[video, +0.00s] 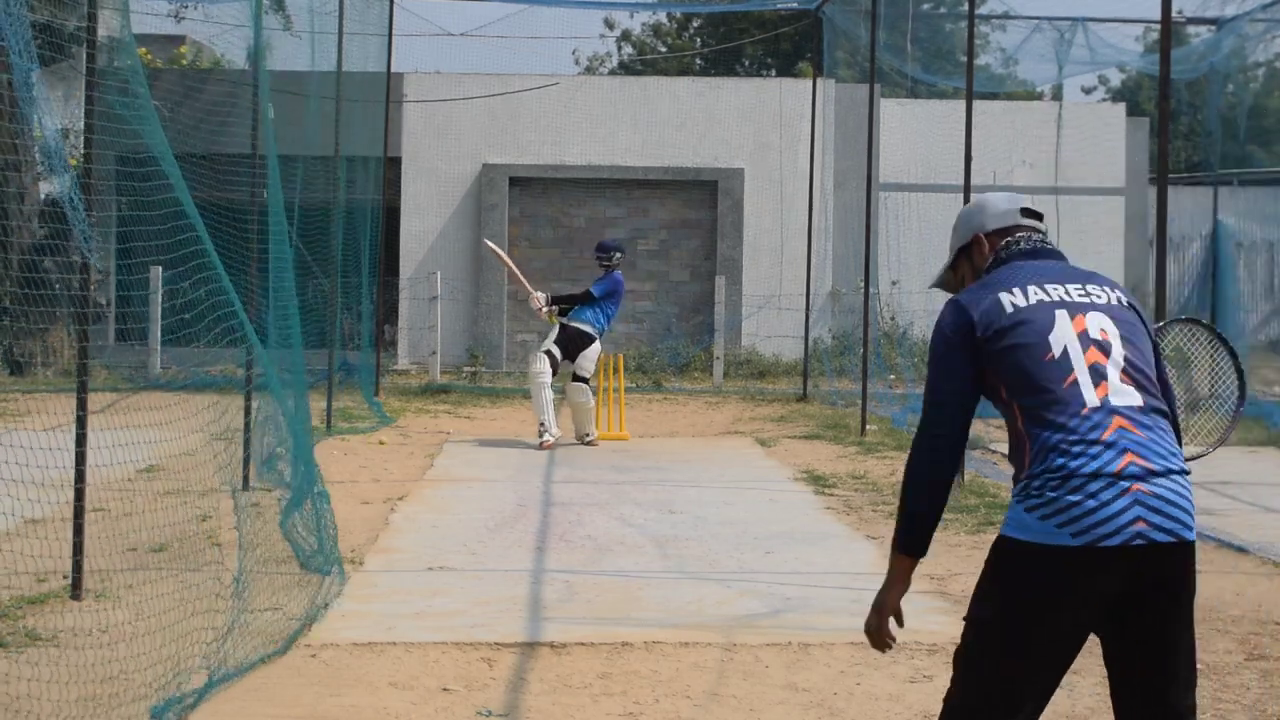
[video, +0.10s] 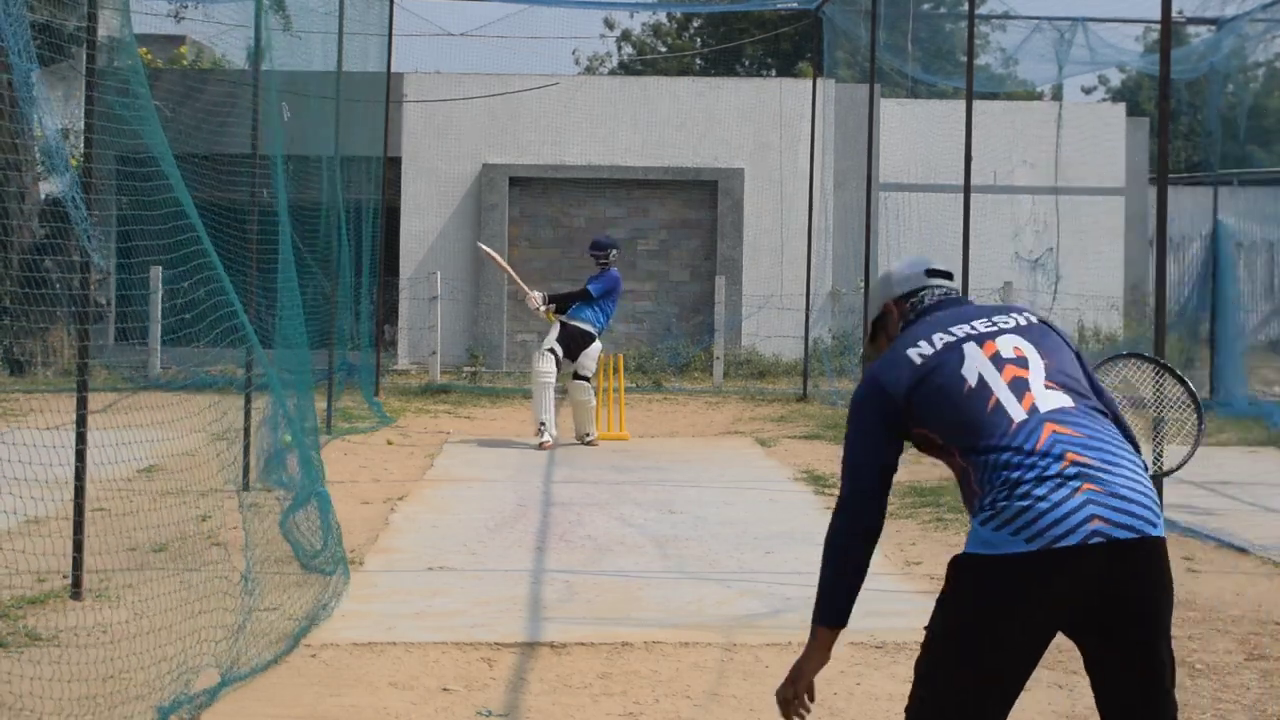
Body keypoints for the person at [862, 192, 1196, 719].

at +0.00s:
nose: (961, 288)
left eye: (960, 275)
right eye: (958, 278)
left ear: (980, 250)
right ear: (1037, 241)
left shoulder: (973, 306)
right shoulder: (1117, 294)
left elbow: (938, 451)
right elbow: (1166, 418)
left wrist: (897, 575)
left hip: (1059, 535)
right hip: (1166, 534)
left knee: (982, 706)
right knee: (1163, 708)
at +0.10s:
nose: (880, 365)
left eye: (877, 352)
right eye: (875, 356)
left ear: (892, 315)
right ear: (955, 302)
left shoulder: (892, 368)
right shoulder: (1038, 325)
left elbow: (857, 518)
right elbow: (1117, 425)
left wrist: (817, 648)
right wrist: (1132, 512)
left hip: (1018, 549)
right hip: (1134, 541)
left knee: (944, 709)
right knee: (1147, 709)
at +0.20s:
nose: (835, 411)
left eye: (831, 397)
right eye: (831, 399)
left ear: (843, 374)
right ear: (898, 343)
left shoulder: (848, 423)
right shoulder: (980, 350)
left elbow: (815, 569)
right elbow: (1076, 428)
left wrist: (772, 700)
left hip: (996, 557)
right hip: (1118, 539)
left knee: (922, 710)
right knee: (1146, 709)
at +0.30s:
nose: (787, 491)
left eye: (781, 474)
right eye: (781, 478)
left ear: (793, 451)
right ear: (833, 413)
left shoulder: (809, 490)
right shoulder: (925, 394)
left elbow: (777, 640)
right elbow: (1054, 456)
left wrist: (747, 714)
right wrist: (912, 545)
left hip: (974, 563)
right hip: (1090, 541)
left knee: (899, 710)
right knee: (1142, 709)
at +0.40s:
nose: (773, 520)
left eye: (767, 506)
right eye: (766, 509)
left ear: (776, 482)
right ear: (813, 443)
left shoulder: (798, 513)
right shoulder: (902, 411)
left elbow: (768, 668)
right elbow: (1037, 451)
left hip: (965, 565)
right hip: (1079, 536)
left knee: (893, 711)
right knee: (1135, 706)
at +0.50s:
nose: (767, 522)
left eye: (760, 507)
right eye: (759, 510)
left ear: (770, 481)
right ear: (803, 442)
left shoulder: (791, 512)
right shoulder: (894, 408)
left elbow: (769, 664)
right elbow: (1031, 448)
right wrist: (902, 564)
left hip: (962, 561)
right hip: (1075, 529)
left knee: (896, 709)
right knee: (1129, 705)